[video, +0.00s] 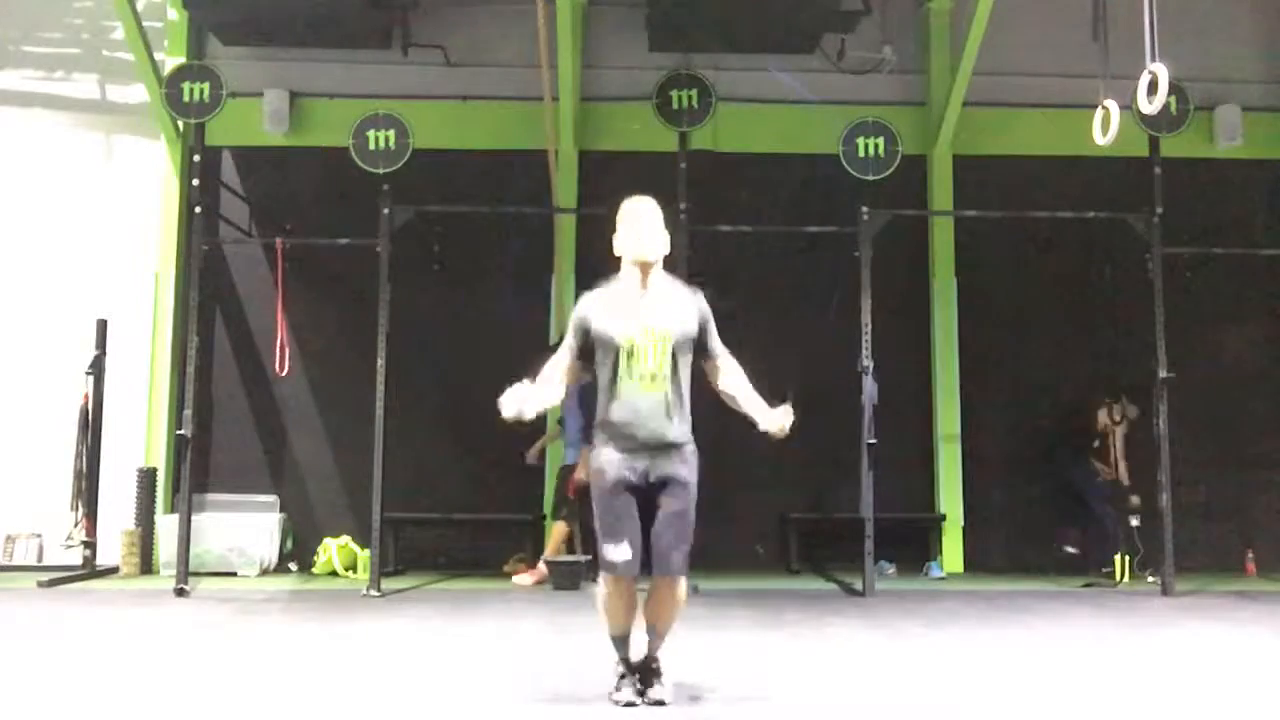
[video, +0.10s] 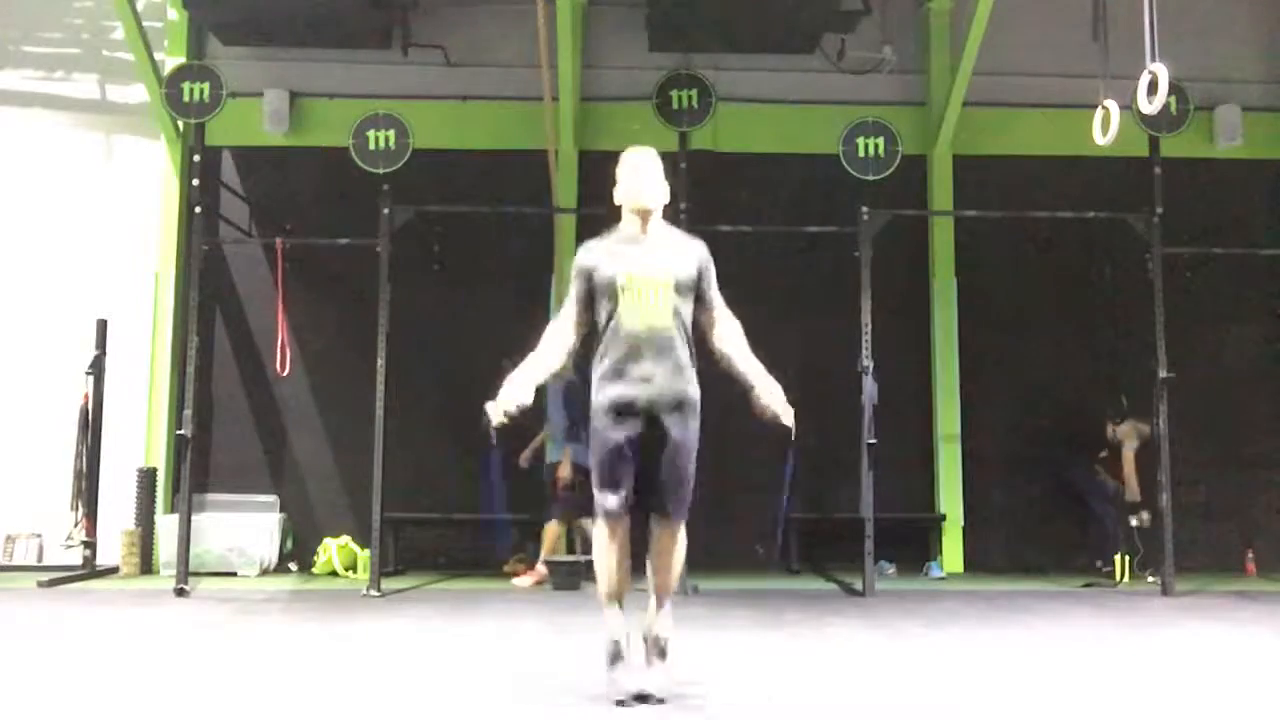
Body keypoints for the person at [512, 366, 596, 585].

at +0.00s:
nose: (565, 370)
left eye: (569, 364)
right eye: (564, 365)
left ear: (580, 364)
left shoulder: (589, 390)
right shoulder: (569, 392)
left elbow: (591, 430)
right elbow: (560, 427)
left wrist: (585, 463)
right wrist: (538, 446)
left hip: (579, 460)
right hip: (568, 458)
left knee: (563, 515)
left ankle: (544, 565)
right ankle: (590, 564)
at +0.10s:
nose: (550, 358)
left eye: (553, 354)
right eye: (548, 354)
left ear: (560, 358)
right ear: (546, 360)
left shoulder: (569, 384)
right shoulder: (551, 385)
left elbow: (574, 425)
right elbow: (552, 424)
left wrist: (567, 459)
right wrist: (531, 449)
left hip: (571, 457)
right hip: (555, 457)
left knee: (557, 514)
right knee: (583, 515)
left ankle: (542, 565)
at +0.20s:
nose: (529, 372)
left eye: (530, 367)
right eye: (527, 368)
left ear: (540, 364)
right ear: (539, 367)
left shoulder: (555, 386)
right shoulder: (545, 388)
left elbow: (555, 427)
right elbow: (544, 426)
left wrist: (547, 457)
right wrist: (528, 449)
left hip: (561, 454)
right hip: (554, 454)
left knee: (552, 514)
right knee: (558, 515)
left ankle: (542, 565)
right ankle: (592, 548)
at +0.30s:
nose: (518, 376)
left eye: (520, 371)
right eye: (518, 372)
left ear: (528, 367)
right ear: (535, 365)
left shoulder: (545, 384)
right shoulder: (537, 384)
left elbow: (542, 423)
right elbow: (540, 424)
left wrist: (528, 453)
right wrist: (528, 452)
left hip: (550, 451)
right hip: (544, 451)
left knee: (542, 512)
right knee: (539, 510)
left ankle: (540, 566)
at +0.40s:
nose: (509, 362)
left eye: (511, 356)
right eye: (508, 357)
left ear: (523, 358)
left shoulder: (533, 381)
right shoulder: (522, 383)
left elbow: (529, 421)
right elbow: (525, 423)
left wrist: (510, 450)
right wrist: (514, 451)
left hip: (537, 452)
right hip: (521, 453)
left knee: (535, 511)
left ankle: (539, 565)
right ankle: (519, 556)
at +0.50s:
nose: (493, 367)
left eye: (495, 361)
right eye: (491, 361)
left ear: (508, 359)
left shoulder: (518, 382)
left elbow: (514, 420)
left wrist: (494, 449)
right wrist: (504, 453)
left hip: (528, 454)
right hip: (511, 456)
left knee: (532, 513)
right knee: (490, 509)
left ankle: (539, 566)